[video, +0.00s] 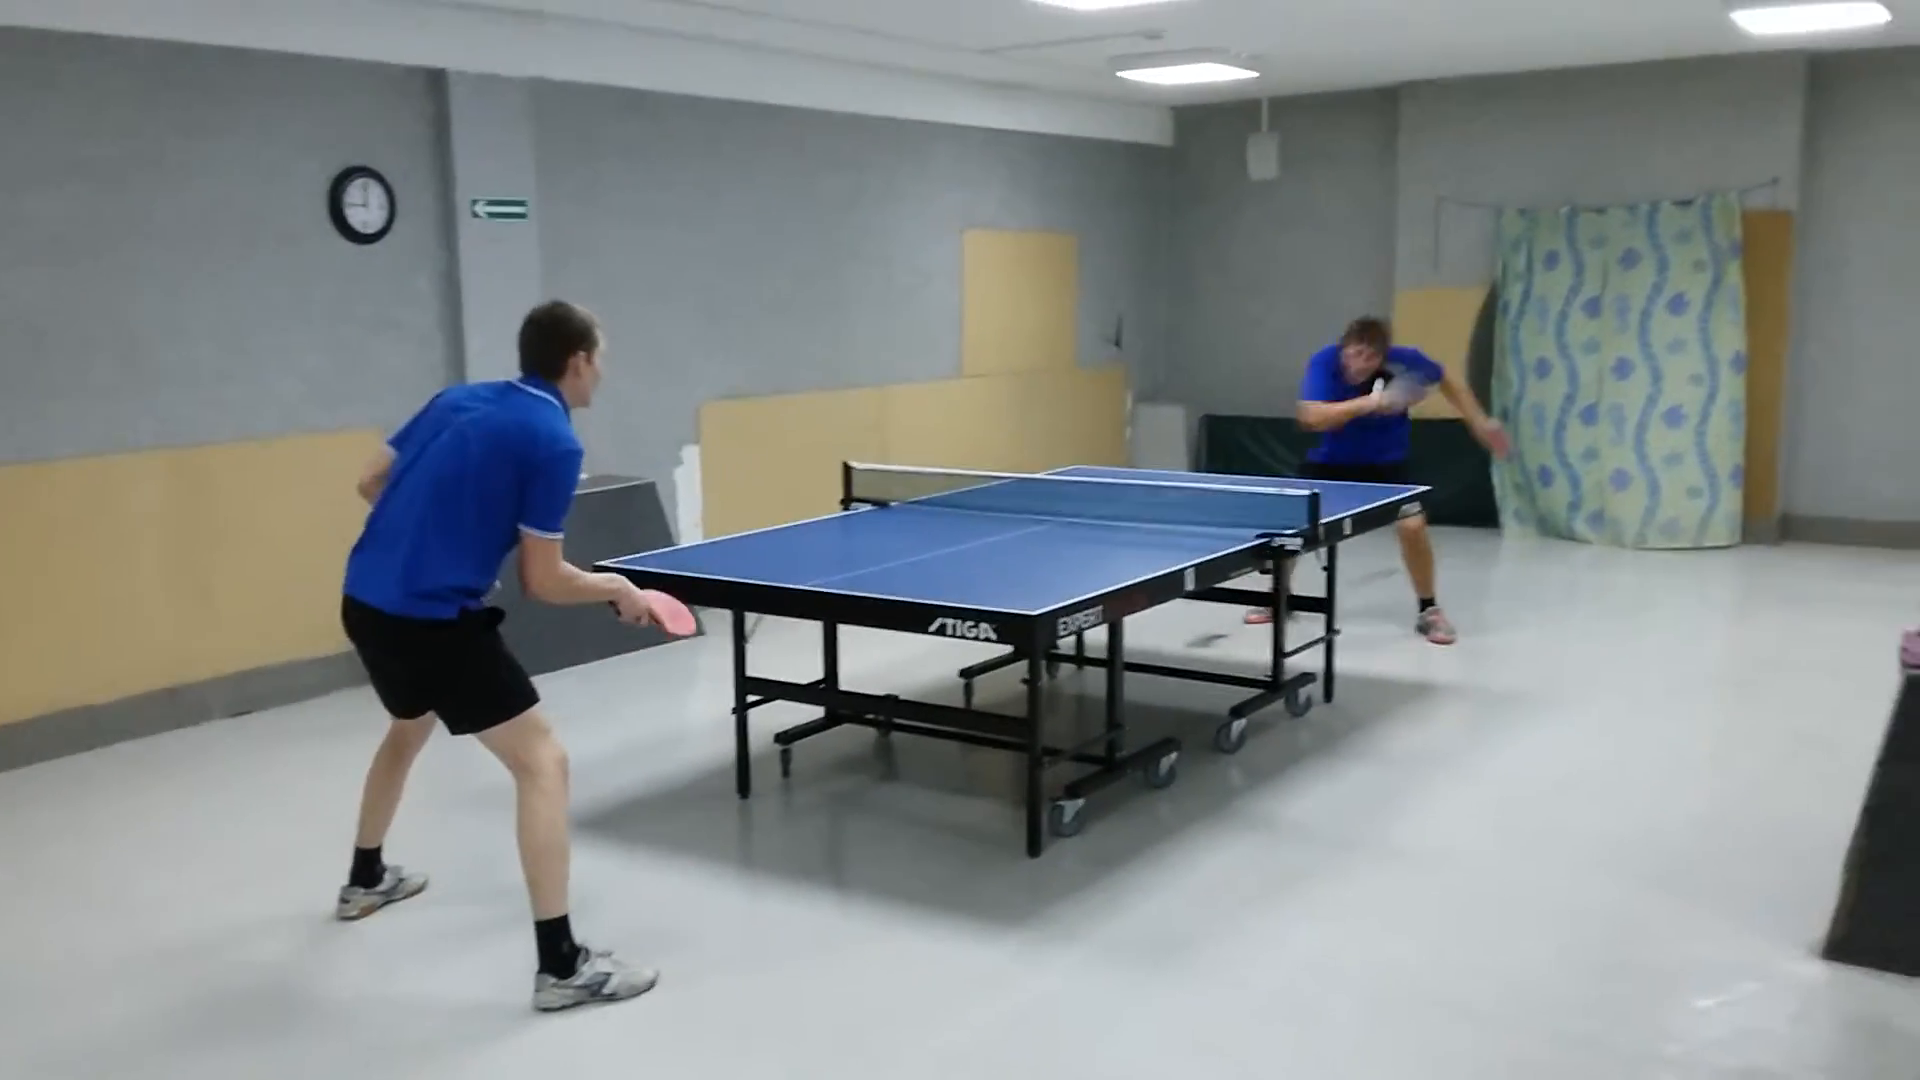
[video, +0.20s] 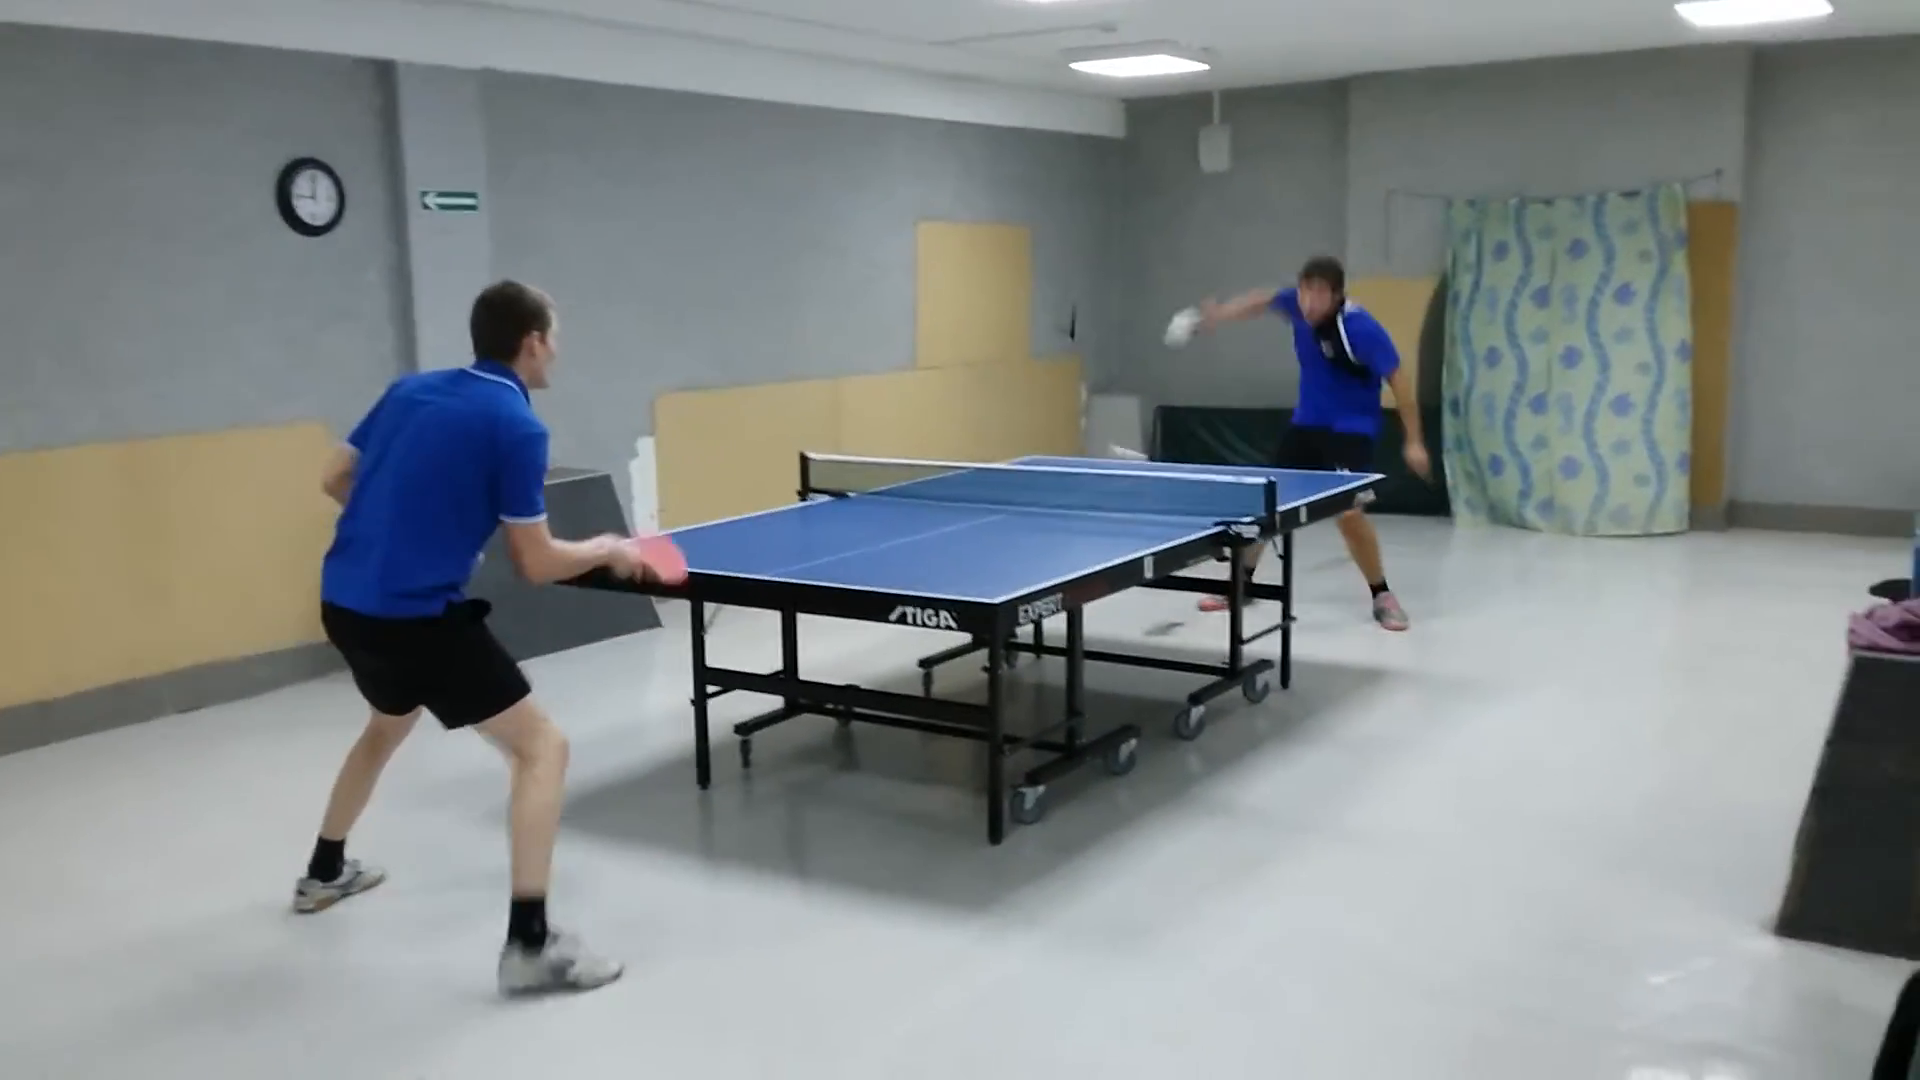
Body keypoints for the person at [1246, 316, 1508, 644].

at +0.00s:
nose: (1359, 364)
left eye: (1368, 358)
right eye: (1355, 355)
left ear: (1382, 356)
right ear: (1345, 348)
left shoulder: (1403, 361)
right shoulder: (1324, 363)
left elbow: (1445, 379)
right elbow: (1310, 417)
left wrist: (1479, 422)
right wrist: (1370, 402)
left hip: (1388, 467)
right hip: (1328, 467)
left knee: (1413, 524)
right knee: (1289, 520)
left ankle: (1428, 610)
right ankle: (1276, 598)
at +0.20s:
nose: (1310, 301)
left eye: (1318, 293)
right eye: (1306, 292)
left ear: (1336, 294)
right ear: (1300, 291)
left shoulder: (1359, 327)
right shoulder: (1296, 305)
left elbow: (1399, 380)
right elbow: (1256, 304)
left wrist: (1413, 441)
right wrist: (1210, 316)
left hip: (1351, 434)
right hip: (1305, 428)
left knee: (1348, 512)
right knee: (1265, 503)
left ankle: (1382, 596)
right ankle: (1238, 588)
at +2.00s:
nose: (1447, 247)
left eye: (1457, 240)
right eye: (1444, 240)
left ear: (1480, 247)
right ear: (1440, 246)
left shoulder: (1515, 280)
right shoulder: (1436, 295)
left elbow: (1562, 318)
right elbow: (1420, 343)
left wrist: (1566, 371)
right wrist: (1412, 378)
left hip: (1529, 395)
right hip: (1478, 398)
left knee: (1532, 480)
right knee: (1459, 477)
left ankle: (1565, 567)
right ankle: (1472, 559)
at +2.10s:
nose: (1459, 259)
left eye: (1468, 251)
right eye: (1455, 252)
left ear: (1489, 256)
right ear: (1452, 258)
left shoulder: (1524, 290)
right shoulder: (1454, 307)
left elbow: (1575, 331)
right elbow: (1440, 354)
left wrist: (1563, 381)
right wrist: (1425, 381)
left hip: (1544, 403)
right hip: (1499, 410)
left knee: (1549, 482)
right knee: (1484, 486)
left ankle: (1605, 569)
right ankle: (1493, 566)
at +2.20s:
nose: (1481, 276)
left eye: (1490, 268)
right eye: (1476, 269)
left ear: (1510, 274)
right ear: (1473, 274)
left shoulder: (1541, 304)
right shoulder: (1481, 322)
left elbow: (1587, 349)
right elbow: (1474, 371)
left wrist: (1556, 399)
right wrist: (1456, 399)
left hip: (1577, 409)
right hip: (1529, 413)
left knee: (1583, 492)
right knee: (1499, 487)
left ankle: (1637, 586)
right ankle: (1507, 568)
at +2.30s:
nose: (1504, 293)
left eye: (1513, 285)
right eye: (1498, 286)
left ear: (1532, 290)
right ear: (1494, 291)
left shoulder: (1557, 317)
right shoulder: (1499, 338)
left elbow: (1608, 360)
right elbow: (1489, 383)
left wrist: (1565, 409)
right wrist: (1480, 417)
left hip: (1596, 419)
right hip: (1548, 421)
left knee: (1601, 499)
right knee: (1506, 494)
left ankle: (1645, 597)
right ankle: (1512, 569)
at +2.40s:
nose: (1525, 306)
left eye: (1534, 298)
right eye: (1520, 298)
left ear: (1554, 301)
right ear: (1514, 302)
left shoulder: (1586, 326)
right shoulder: (1515, 344)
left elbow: (1639, 362)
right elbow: (1492, 393)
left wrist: (1605, 412)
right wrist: (1506, 425)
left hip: (1610, 426)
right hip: (1558, 430)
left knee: (1603, 498)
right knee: (1515, 497)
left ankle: (1647, 600)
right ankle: (1511, 569)